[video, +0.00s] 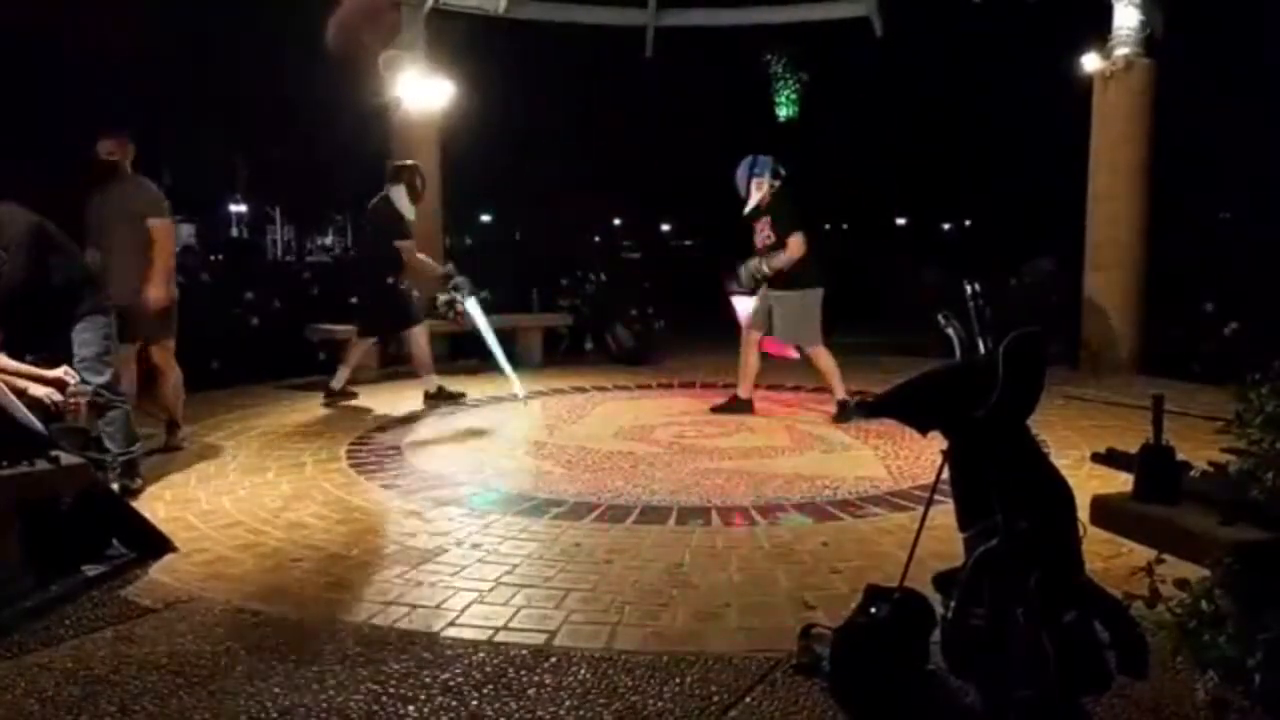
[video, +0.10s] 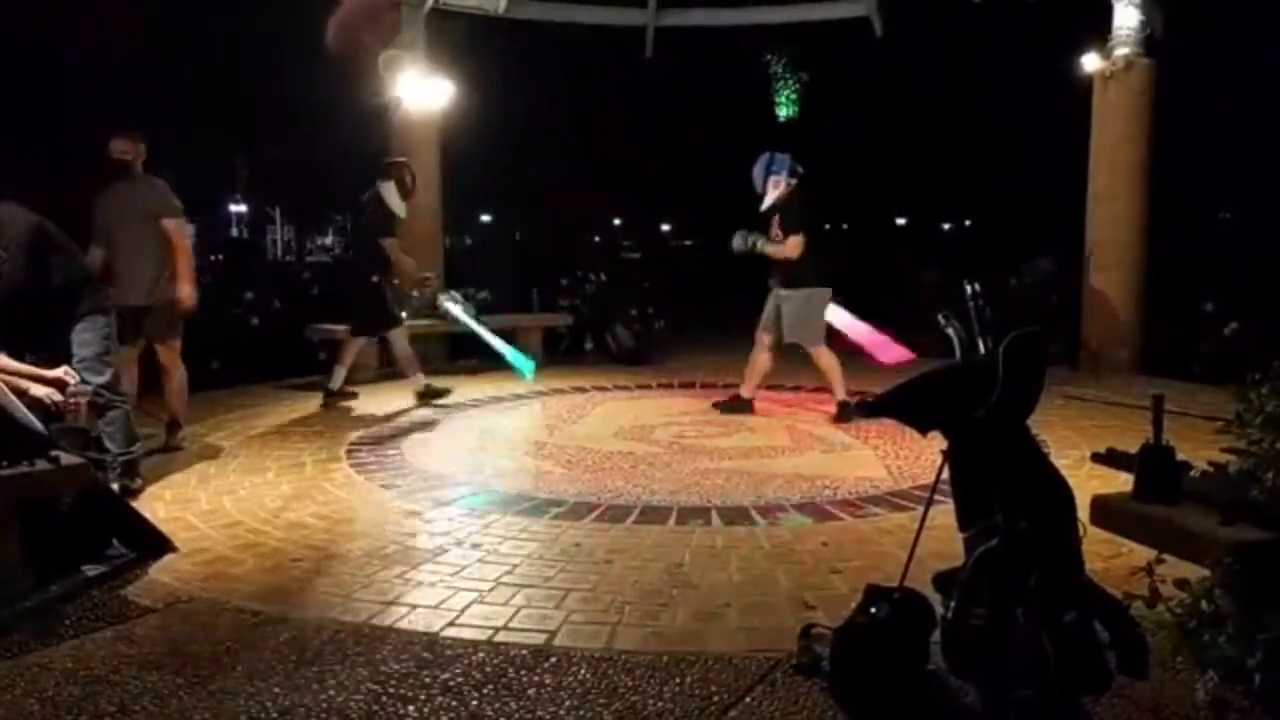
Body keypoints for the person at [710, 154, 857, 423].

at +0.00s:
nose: (753, 189)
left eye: (757, 183)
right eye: (751, 184)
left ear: (768, 182)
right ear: (750, 184)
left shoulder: (785, 206)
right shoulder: (756, 213)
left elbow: (797, 247)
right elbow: (764, 251)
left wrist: (764, 267)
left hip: (802, 288)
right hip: (773, 287)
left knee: (811, 344)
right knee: (751, 335)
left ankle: (842, 399)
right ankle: (743, 397)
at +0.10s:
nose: (768, 187)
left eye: (772, 181)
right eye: (768, 181)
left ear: (781, 181)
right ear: (773, 180)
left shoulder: (795, 206)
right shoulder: (776, 208)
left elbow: (794, 249)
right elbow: (782, 245)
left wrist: (757, 244)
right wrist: (756, 241)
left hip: (806, 288)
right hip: (782, 287)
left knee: (813, 344)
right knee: (764, 340)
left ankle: (843, 400)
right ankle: (745, 397)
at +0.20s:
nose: (779, 185)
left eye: (782, 179)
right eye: (781, 179)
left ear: (793, 178)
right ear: (800, 178)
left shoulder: (806, 204)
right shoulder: (797, 203)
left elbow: (788, 244)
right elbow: (790, 240)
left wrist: (766, 230)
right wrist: (770, 228)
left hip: (817, 285)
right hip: (799, 285)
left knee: (822, 344)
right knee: (778, 339)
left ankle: (844, 400)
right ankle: (756, 394)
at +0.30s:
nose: (787, 179)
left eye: (790, 173)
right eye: (788, 173)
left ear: (802, 173)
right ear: (809, 173)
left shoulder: (812, 200)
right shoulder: (804, 198)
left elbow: (786, 234)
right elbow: (790, 233)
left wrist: (770, 218)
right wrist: (781, 222)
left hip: (822, 282)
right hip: (804, 281)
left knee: (825, 340)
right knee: (782, 331)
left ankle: (844, 399)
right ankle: (781, 395)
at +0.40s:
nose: (795, 174)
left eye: (799, 169)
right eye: (796, 170)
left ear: (810, 169)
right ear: (818, 169)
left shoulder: (816, 197)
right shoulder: (820, 193)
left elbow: (782, 228)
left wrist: (778, 201)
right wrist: (798, 192)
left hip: (825, 279)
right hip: (810, 278)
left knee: (831, 339)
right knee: (790, 330)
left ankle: (845, 399)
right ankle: (808, 393)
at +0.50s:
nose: (800, 174)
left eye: (803, 169)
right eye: (800, 169)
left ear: (815, 167)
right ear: (817, 167)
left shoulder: (825, 194)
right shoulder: (813, 193)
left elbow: (780, 222)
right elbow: (786, 219)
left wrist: (781, 191)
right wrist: (789, 193)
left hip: (829, 278)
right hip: (810, 278)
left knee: (833, 338)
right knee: (801, 334)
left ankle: (845, 398)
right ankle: (821, 393)